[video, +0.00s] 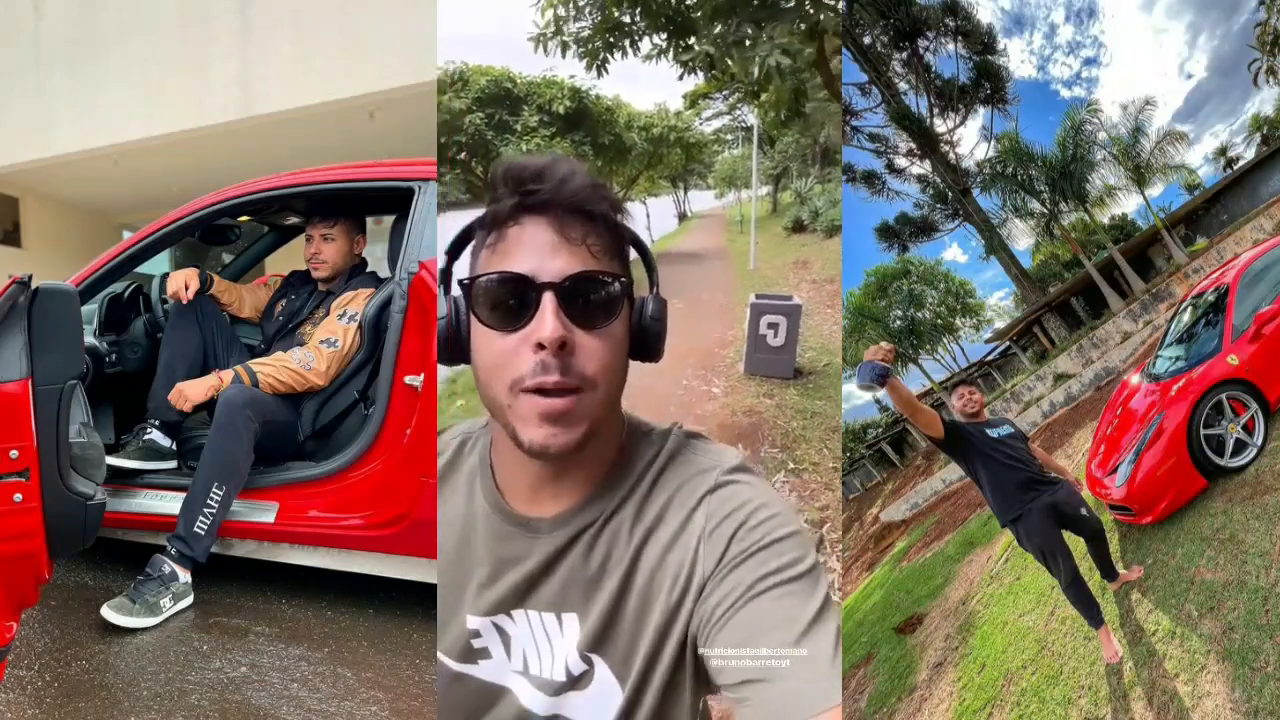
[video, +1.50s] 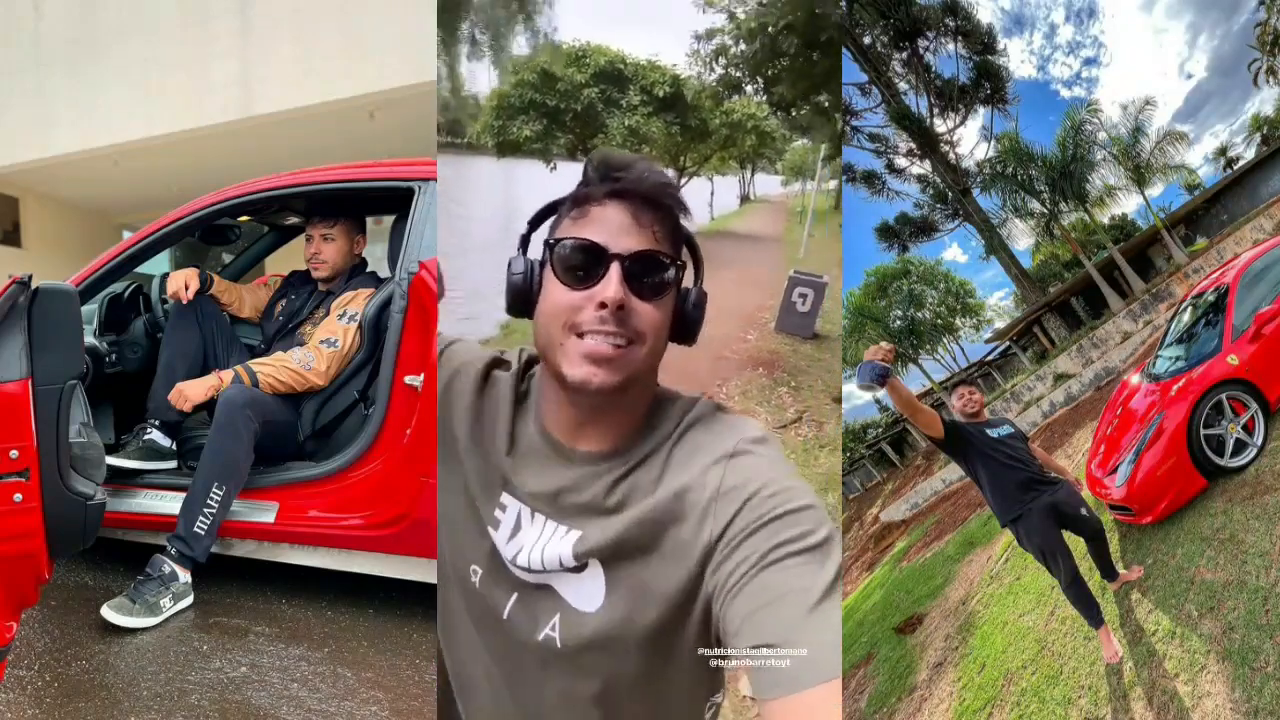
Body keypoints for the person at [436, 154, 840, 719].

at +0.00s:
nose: (550, 333)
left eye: (589, 296)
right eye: (508, 299)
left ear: (640, 322)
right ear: (459, 323)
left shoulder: (732, 528)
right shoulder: (429, 478)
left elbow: (798, 705)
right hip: (463, 706)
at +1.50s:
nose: (610, 295)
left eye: (647, 274)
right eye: (580, 264)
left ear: (679, 311)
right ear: (532, 283)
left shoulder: (745, 498)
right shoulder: (464, 396)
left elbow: (809, 708)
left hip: (638, 708)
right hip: (467, 705)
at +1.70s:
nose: (633, 295)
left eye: (669, 277)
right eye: (607, 267)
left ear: (703, 309)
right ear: (565, 284)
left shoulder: (753, 491)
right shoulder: (522, 364)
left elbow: (805, 708)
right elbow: (446, 256)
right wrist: (443, 160)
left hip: (624, 706)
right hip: (473, 702)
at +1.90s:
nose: (636, 280)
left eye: (673, 263)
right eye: (609, 252)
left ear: (708, 304)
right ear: (567, 274)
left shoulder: (761, 490)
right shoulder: (518, 360)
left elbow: (808, 706)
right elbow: (431, 228)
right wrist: (466, 115)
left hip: (628, 706)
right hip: (467, 702)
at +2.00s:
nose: (616, 292)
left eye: (651, 270)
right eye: (588, 267)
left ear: (689, 306)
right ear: (550, 293)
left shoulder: (760, 492)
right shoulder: (495, 393)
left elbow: (809, 706)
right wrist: (418, 188)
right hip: (485, 707)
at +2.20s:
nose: (646, 307)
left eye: (684, 282)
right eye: (615, 279)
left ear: (728, 318)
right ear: (573, 307)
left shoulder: (793, 496)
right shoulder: (515, 439)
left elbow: (837, 692)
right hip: (509, 707)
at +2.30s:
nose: (663, 317)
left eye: (702, 288)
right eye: (628, 287)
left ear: (747, 321)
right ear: (587, 314)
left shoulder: (809, 507)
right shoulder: (525, 459)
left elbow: (852, 699)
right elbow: (379, 558)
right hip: (535, 708)